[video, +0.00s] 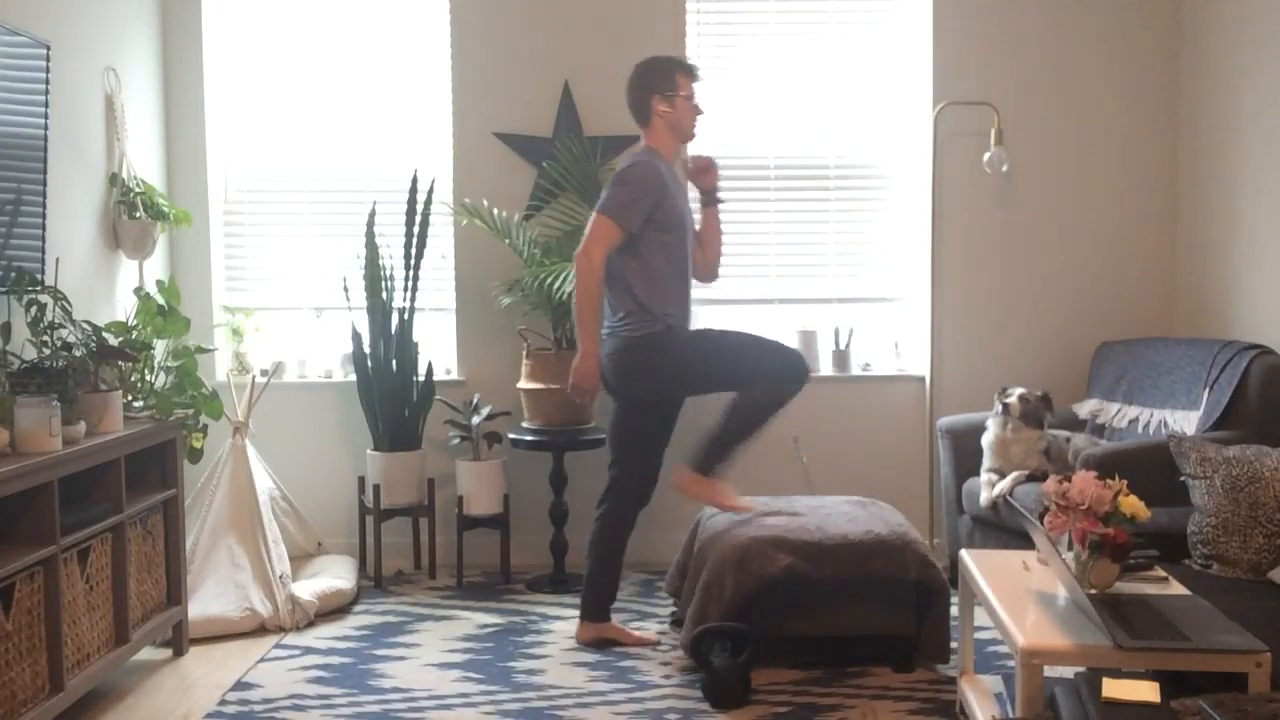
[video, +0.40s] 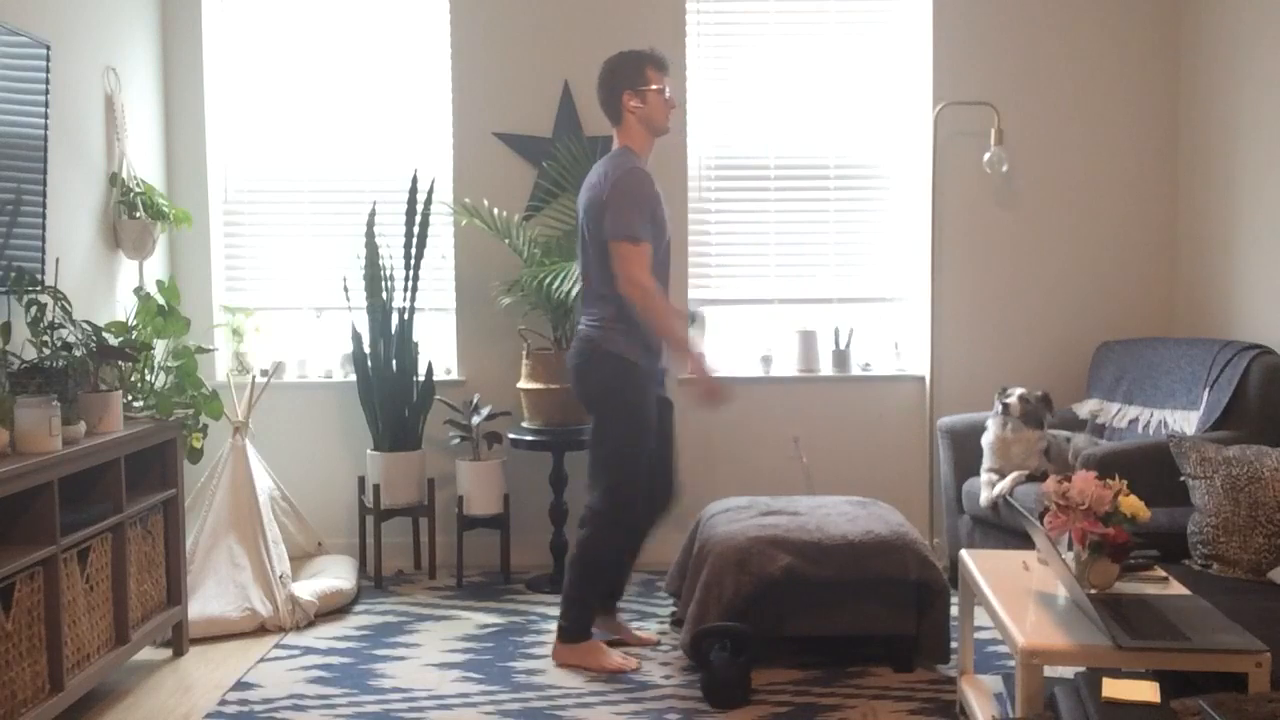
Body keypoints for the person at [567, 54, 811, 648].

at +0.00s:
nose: (698, 108)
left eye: (696, 97)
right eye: (689, 98)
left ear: (667, 107)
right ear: (659, 106)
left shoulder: (669, 176)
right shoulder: (643, 170)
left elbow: (705, 267)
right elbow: (589, 256)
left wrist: (709, 194)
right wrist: (586, 352)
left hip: (646, 350)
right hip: (650, 349)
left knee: (627, 489)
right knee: (786, 368)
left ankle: (594, 620)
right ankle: (702, 472)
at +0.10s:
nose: (688, 104)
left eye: (686, 95)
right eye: (679, 95)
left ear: (657, 106)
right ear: (648, 105)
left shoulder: (661, 175)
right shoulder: (634, 169)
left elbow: (699, 262)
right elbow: (582, 256)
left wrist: (698, 190)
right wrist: (579, 350)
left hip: (641, 347)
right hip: (640, 346)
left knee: (623, 486)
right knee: (762, 403)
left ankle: (594, 620)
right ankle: (653, 468)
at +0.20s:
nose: (680, 102)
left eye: (678, 94)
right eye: (671, 93)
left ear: (645, 105)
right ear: (641, 103)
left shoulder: (649, 178)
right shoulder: (625, 173)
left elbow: (674, 276)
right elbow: (585, 267)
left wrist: (699, 205)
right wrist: (592, 362)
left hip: (634, 350)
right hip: (633, 351)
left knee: (617, 485)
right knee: (724, 456)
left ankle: (594, 621)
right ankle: (623, 539)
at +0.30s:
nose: (675, 102)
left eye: (672, 93)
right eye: (666, 93)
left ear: (636, 104)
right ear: (636, 103)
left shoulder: (632, 174)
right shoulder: (624, 176)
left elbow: (653, 276)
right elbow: (609, 279)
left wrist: (708, 247)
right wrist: (632, 366)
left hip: (623, 347)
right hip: (628, 350)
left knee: (617, 492)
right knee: (655, 499)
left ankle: (595, 616)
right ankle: (589, 620)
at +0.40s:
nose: (673, 99)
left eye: (669, 89)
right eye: (662, 90)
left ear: (633, 103)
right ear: (632, 101)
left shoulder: (619, 173)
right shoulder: (623, 175)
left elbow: (625, 282)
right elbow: (633, 280)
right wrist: (691, 352)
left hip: (632, 356)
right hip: (615, 356)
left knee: (653, 489)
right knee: (620, 493)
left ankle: (601, 613)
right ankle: (572, 639)